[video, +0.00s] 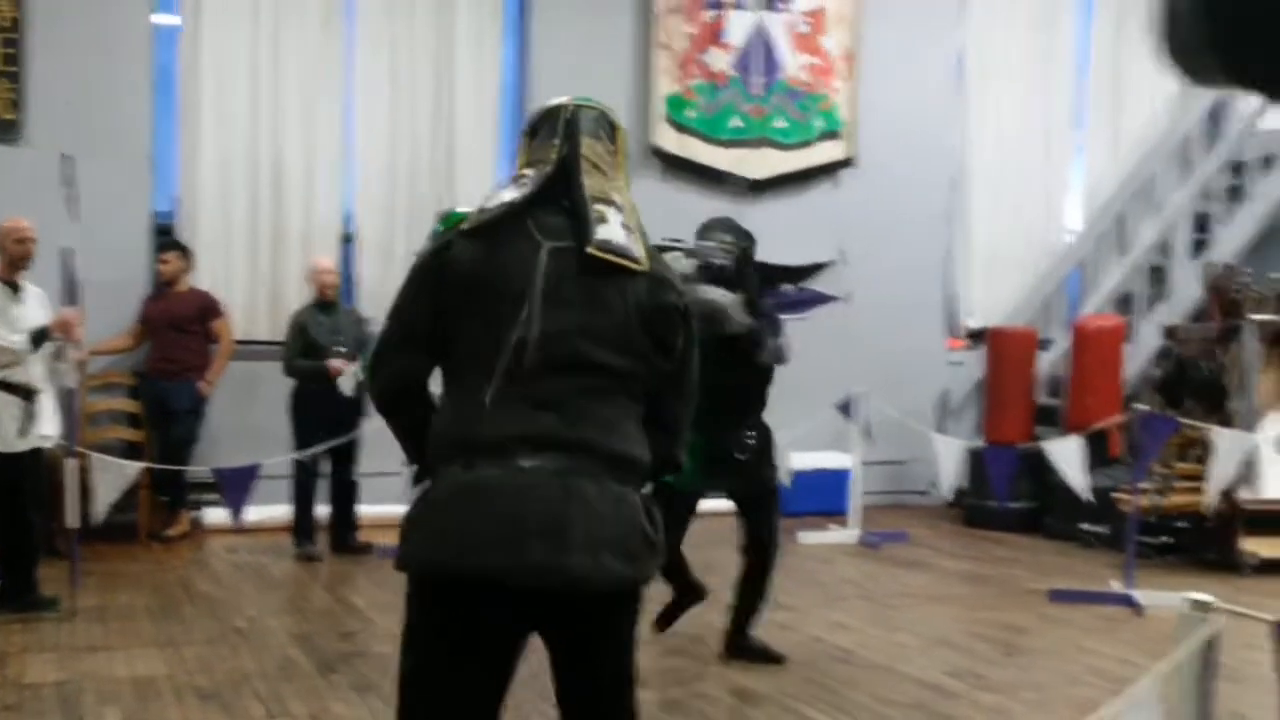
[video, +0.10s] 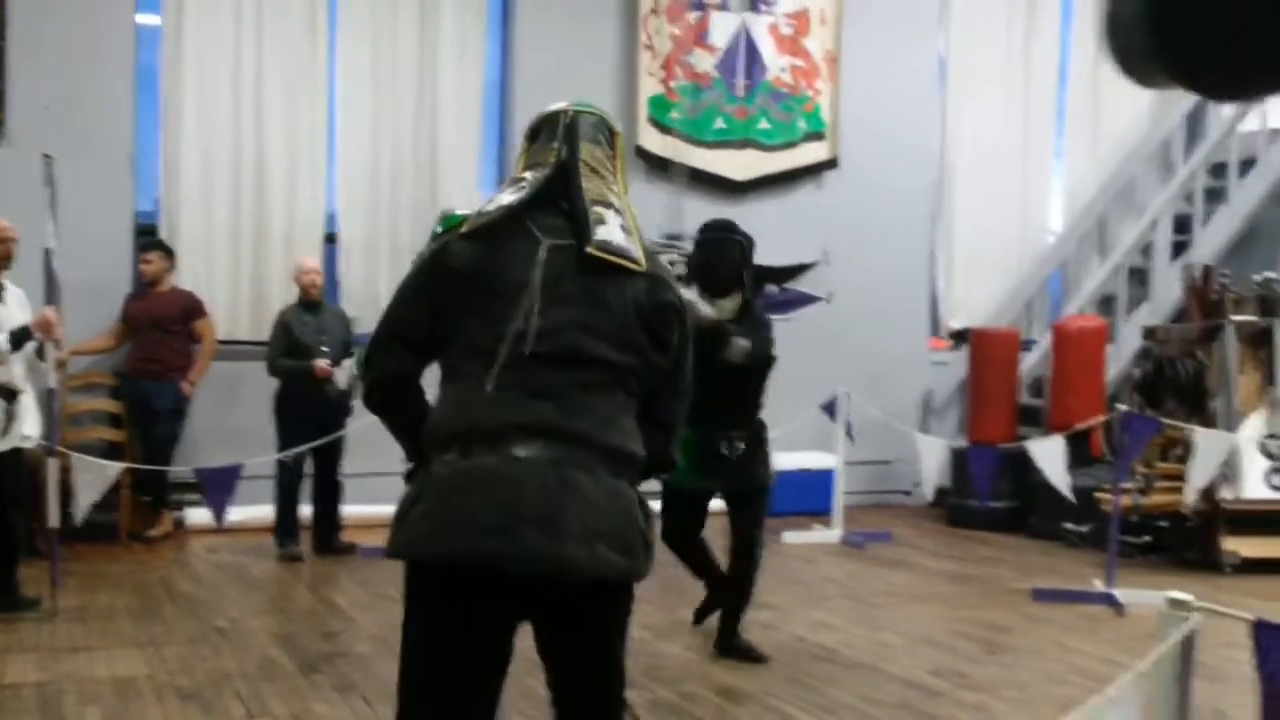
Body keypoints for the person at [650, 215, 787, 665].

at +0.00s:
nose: (712, 264)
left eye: (725, 256)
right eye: (706, 254)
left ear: (743, 263)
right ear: (695, 254)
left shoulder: (758, 314)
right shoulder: (680, 300)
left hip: (743, 437)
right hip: (687, 436)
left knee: (761, 540)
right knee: (660, 534)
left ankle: (738, 634)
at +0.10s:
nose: (715, 268)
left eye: (727, 259)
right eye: (709, 257)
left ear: (743, 267)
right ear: (696, 261)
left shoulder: (754, 325)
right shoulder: (681, 310)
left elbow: (748, 393)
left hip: (743, 439)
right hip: (691, 438)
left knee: (746, 542)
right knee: (678, 530)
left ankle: (728, 634)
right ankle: (717, 584)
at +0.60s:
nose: (600, 295)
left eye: (604, 286)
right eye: (600, 286)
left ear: (620, 289)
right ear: (643, 285)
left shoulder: (654, 336)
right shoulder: (656, 329)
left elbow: (609, 384)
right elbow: (615, 380)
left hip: (686, 453)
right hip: (677, 450)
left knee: (674, 530)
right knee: (656, 519)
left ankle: (704, 627)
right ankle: (681, 603)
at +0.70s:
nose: (585, 304)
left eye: (589, 294)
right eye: (585, 296)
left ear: (605, 297)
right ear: (626, 293)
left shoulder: (632, 339)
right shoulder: (647, 333)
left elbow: (593, 395)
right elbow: (641, 403)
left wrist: (562, 423)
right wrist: (604, 430)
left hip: (669, 452)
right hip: (667, 449)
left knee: (660, 531)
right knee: (639, 519)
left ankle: (689, 628)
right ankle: (665, 603)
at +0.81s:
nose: (573, 304)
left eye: (577, 297)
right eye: (574, 297)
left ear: (590, 297)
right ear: (610, 293)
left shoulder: (612, 338)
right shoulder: (624, 330)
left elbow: (609, 408)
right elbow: (615, 407)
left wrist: (590, 448)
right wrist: (595, 446)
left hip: (650, 450)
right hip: (649, 447)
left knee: (639, 531)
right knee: (618, 518)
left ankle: (671, 627)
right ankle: (647, 602)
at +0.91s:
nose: (549, 312)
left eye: (553, 302)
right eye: (550, 303)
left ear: (570, 300)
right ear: (590, 296)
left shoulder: (598, 339)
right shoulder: (596, 334)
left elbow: (594, 416)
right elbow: (596, 413)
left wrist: (571, 459)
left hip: (637, 449)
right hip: (628, 448)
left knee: (619, 532)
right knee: (600, 520)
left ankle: (652, 629)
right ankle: (631, 601)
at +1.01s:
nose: (539, 315)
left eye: (544, 305)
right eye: (539, 308)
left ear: (563, 300)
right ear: (572, 298)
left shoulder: (594, 347)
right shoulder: (570, 342)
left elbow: (603, 425)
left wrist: (581, 473)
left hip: (630, 456)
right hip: (606, 454)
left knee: (608, 536)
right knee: (582, 524)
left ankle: (620, 629)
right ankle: (617, 600)